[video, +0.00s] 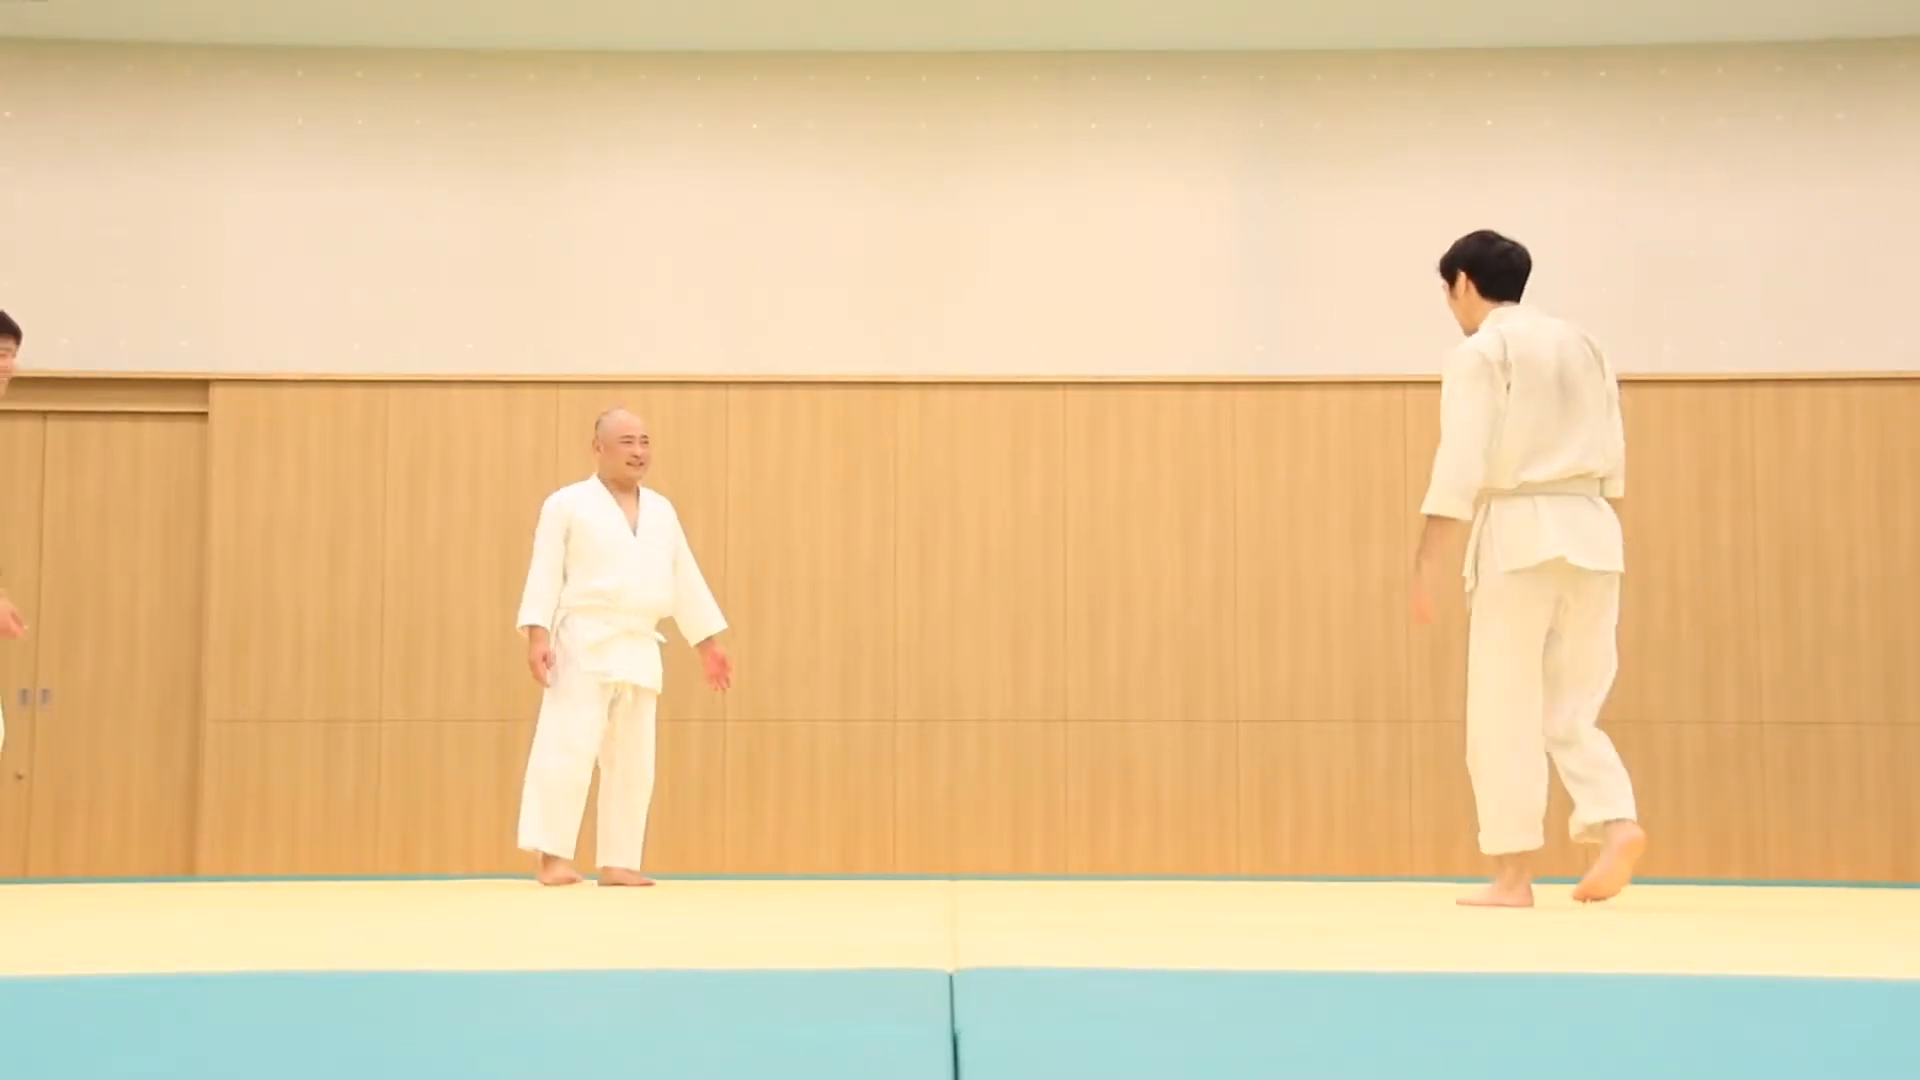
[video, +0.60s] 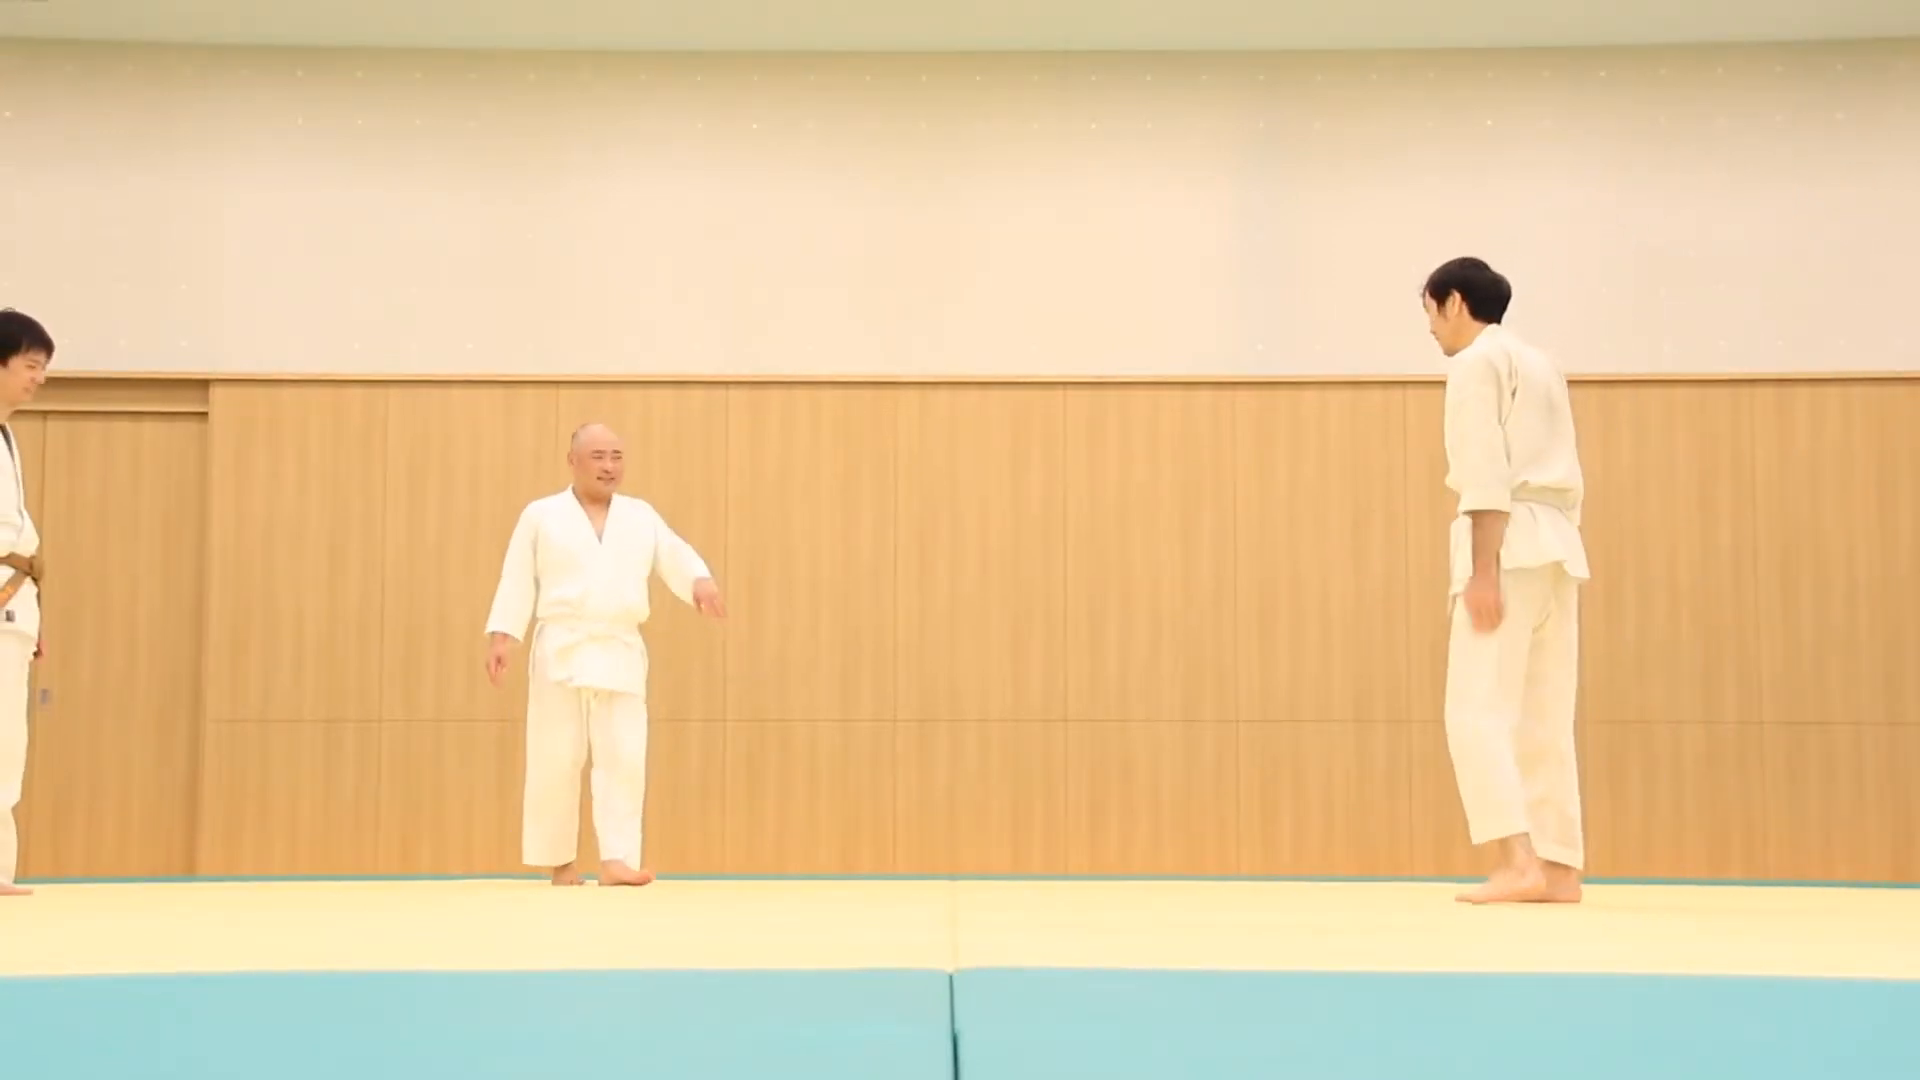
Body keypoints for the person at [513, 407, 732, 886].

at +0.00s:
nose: (639, 450)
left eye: (644, 441)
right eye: (626, 441)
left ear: (650, 449)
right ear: (598, 449)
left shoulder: (660, 509)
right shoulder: (566, 505)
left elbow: (684, 578)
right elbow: (545, 574)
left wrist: (707, 643)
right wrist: (538, 636)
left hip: (639, 648)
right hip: (580, 645)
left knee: (631, 759)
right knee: (568, 752)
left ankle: (617, 865)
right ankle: (553, 860)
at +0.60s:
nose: (609, 465)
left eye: (616, 456)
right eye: (598, 456)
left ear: (624, 463)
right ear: (573, 462)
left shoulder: (640, 516)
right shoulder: (541, 515)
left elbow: (675, 554)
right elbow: (517, 579)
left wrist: (701, 583)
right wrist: (501, 635)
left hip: (621, 650)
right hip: (559, 649)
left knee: (623, 756)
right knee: (559, 757)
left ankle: (616, 861)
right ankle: (562, 864)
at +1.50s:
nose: (604, 477)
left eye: (612, 468)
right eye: (593, 468)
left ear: (621, 472)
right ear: (570, 471)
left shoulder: (633, 519)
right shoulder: (541, 520)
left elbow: (673, 523)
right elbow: (521, 586)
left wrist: (627, 503)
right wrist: (511, 644)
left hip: (622, 650)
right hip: (565, 651)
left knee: (619, 757)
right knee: (562, 755)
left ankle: (609, 862)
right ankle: (563, 863)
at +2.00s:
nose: (597, 473)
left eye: (605, 463)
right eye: (585, 465)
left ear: (618, 466)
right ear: (569, 471)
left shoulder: (641, 519)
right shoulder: (545, 517)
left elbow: (672, 579)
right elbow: (520, 580)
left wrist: (701, 637)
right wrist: (502, 642)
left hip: (609, 653)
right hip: (550, 650)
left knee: (609, 761)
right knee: (536, 753)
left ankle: (609, 864)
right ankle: (535, 855)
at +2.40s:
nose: (544, 479)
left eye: (553, 469)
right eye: (532, 471)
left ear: (566, 473)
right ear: (516, 476)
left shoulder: (585, 527)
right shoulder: (490, 524)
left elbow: (605, 592)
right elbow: (459, 583)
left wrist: (607, 651)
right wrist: (428, 633)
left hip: (568, 656)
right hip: (506, 655)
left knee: (586, 763)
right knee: (491, 760)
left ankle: (605, 865)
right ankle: (469, 864)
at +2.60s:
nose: (495, 480)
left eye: (504, 470)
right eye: (484, 472)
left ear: (517, 474)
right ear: (468, 478)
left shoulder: (540, 526)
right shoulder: (447, 527)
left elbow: (565, 578)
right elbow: (416, 582)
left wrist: (580, 620)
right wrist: (389, 625)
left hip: (526, 658)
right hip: (467, 658)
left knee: (557, 759)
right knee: (463, 763)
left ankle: (576, 860)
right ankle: (467, 865)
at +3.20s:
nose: (410, 480)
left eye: (418, 471)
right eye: (398, 472)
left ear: (428, 476)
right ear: (378, 480)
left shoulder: (439, 530)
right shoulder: (349, 526)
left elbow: (463, 588)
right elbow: (312, 586)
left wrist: (486, 645)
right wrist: (277, 644)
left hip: (416, 658)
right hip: (364, 657)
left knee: (398, 758)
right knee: (393, 755)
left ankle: (352, 863)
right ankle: (436, 859)